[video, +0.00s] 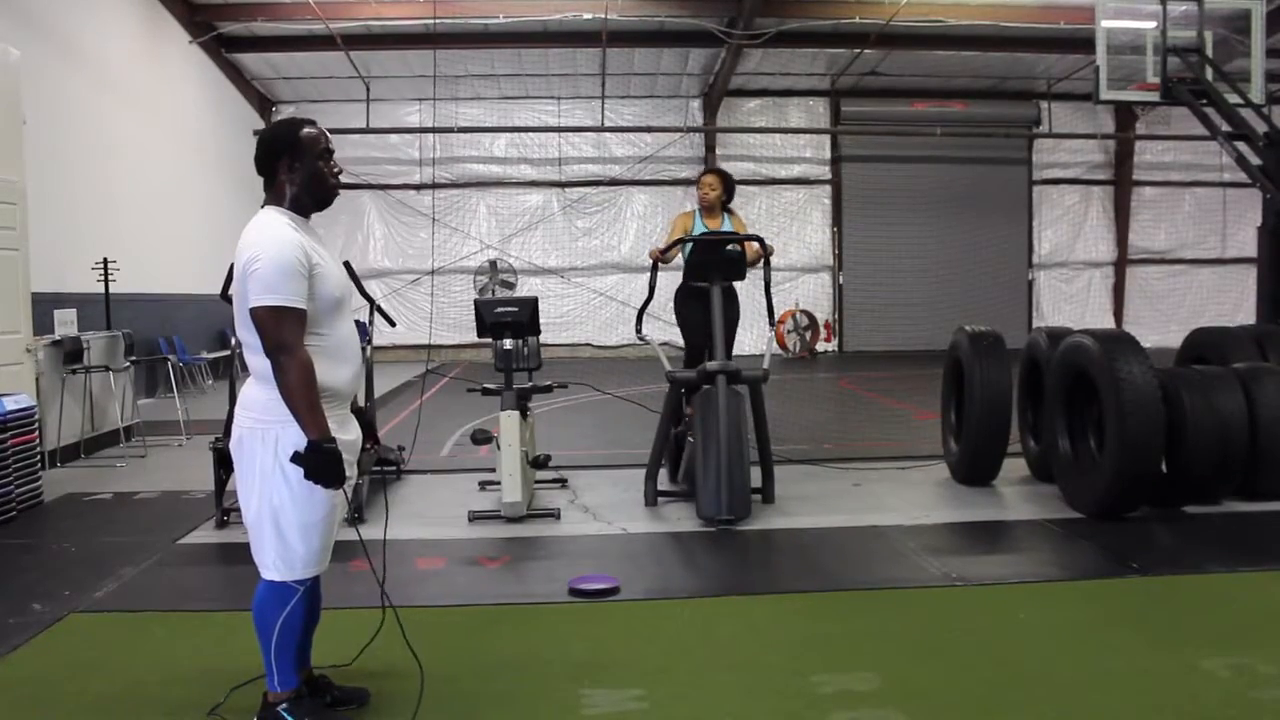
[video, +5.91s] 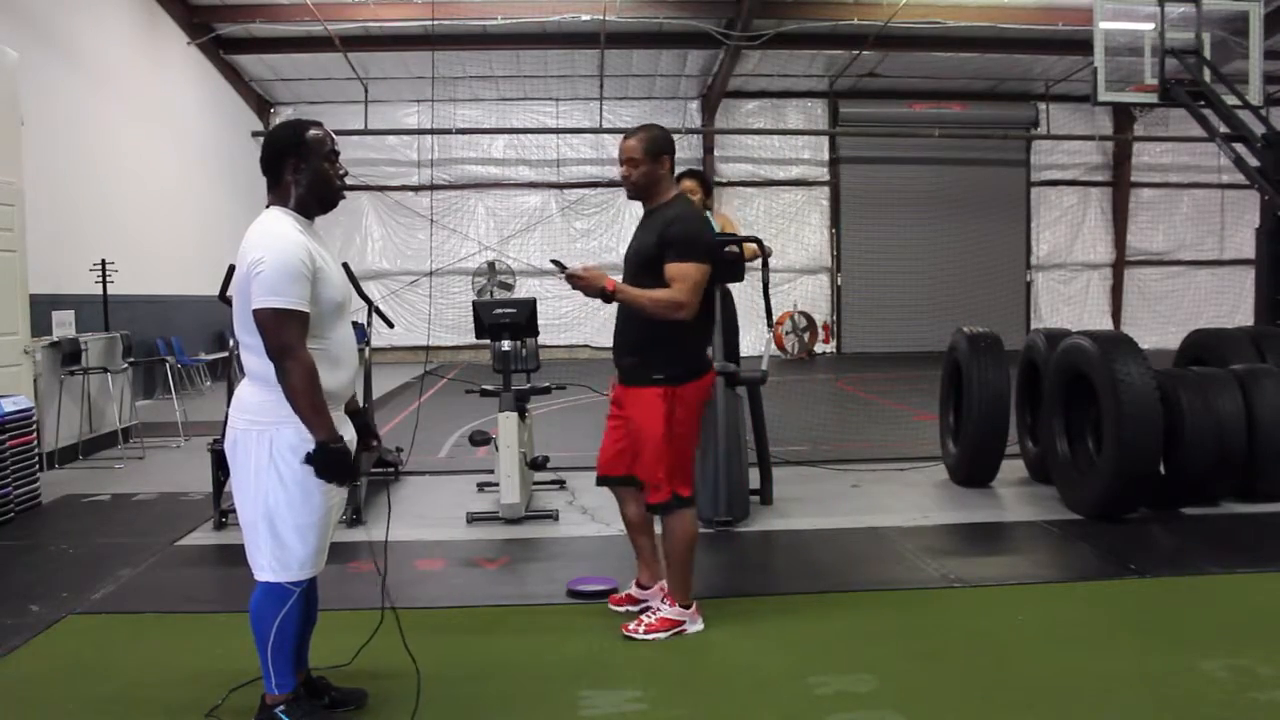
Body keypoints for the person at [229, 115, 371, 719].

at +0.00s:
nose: (337, 168)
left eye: (334, 157)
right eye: (324, 158)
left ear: (296, 170)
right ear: (289, 169)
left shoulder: (298, 237)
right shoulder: (273, 241)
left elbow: (320, 342)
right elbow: (283, 350)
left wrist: (355, 413)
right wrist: (319, 438)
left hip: (307, 428)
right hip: (283, 431)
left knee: (305, 565)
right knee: (287, 571)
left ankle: (299, 679)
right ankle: (281, 698)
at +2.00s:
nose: (333, 167)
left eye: (330, 156)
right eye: (320, 157)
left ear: (292, 170)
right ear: (286, 169)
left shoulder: (298, 235)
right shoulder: (272, 236)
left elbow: (317, 337)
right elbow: (282, 345)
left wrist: (352, 403)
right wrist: (318, 432)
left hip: (304, 426)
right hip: (277, 430)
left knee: (301, 564)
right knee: (284, 570)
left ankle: (297, 679)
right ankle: (281, 697)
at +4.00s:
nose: (334, 165)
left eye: (330, 154)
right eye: (321, 155)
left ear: (292, 171)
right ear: (286, 169)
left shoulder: (295, 238)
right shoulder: (272, 241)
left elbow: (311, 344)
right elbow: (282, 351)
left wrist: (349, 410)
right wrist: (317, 440)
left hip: (299, 427)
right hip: (275, 431)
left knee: (298, 566)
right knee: (282, 571)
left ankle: (296, 680)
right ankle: (280, 698)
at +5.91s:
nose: (343, 171)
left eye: (340, 159)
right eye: (331, 160)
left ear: (297, 171)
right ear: (296, 169)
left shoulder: (299, 240)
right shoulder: (277, 242)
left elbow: (320, 344)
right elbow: (286, 354)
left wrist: (355, 412)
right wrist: (328, 439)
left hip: (303, 430)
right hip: (278, 433)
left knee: (301, 566)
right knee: (284, 571)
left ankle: (297, 681)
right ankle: (280, 699)